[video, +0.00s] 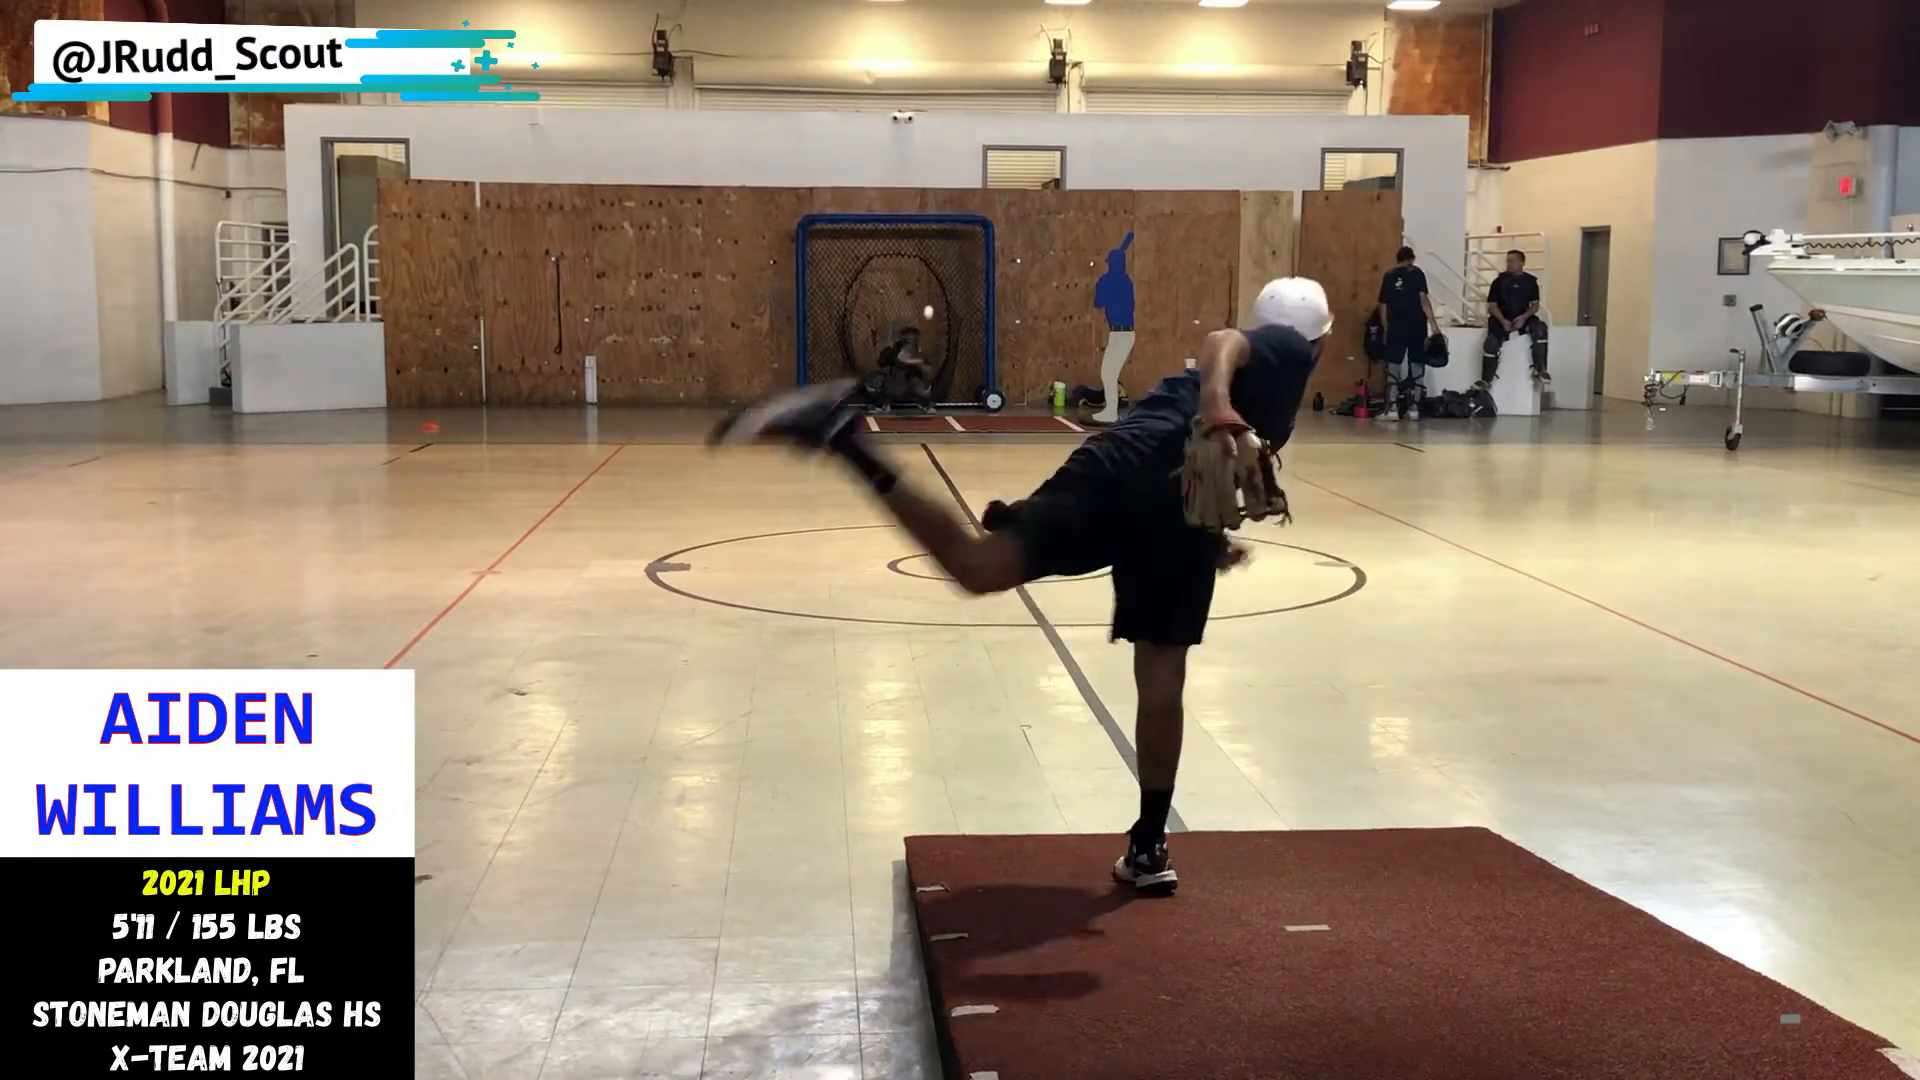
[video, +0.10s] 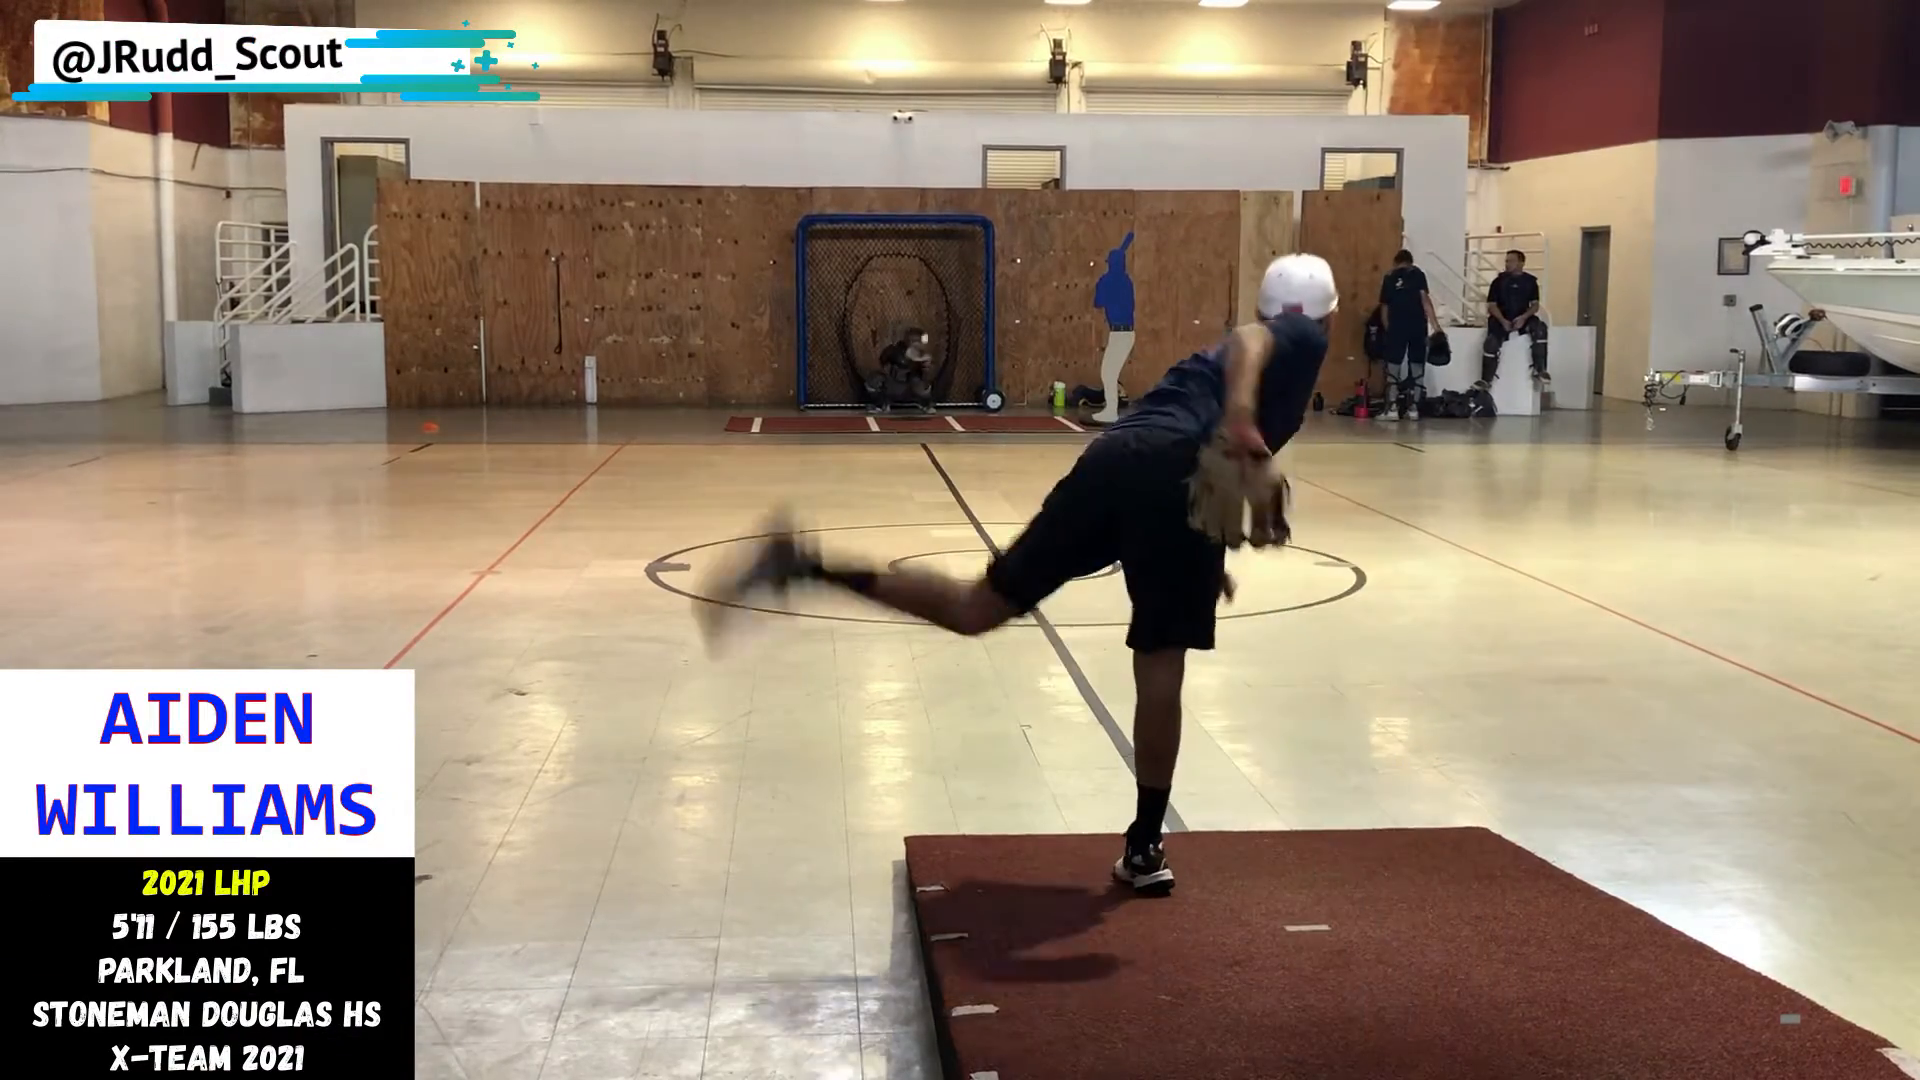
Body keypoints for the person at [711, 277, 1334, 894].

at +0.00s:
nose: (1316, 340)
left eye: (1307, 335)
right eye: (1319, 333)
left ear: (1258, 316)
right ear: (1315, 332)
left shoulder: (1228, 362)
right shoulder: (1292, 348)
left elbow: (1165, 451)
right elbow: (1218, 341)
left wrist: (1212, 541)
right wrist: (1216, 404)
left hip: (1112, 473)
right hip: (1176, 495)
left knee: (978, 566)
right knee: (1161, 677)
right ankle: (1149, 843)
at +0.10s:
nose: (1328, 318)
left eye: (1311, 310)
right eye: (1330, 310)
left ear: (1266, 301)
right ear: (1328, 311)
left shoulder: (1237, 347)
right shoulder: (1303, 338)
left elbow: (1210, 441)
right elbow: (1247, 343)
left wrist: (1251, 507)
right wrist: (1244, 416)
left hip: (1109, 465)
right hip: (1177, 484)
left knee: (975, 606)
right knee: (1160, 671)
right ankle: (1145, 846)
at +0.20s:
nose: (1331, 291)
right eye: (1333, 283)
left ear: (1267, 277)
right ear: (1329, 282)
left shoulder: (1241, 325)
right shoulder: (1309, 304)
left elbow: (1221, 421)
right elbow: (1278, 339)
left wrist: (1275, 497)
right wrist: (1288, 442)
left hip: (1110, 458)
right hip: (1177, 475)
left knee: (1046, 617)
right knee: (1155, 664)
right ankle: (1141, 844)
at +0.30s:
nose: (1334, 257)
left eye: (1329, 248)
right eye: (1332, 248)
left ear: (1258, 254)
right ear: (1322, 254)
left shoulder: (1229, 304)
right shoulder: (1305, 281)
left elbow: (1174, 398)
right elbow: (1296, 325)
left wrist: (1232, 473)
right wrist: (1324, 436)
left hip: (1119, 475)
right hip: (1185, 489)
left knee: (1118, 632)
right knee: (1162, 667)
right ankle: (1139, 841)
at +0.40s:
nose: (1313, 241)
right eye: (1314, 230)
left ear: (1248, 230)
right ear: (1310, 232)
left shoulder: (1215, 289)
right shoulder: (1291, 270)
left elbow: (1176, 386)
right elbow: (1297, 320)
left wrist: (1247, 451)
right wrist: (1336, 425)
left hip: (1150, 477)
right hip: (1212, 482)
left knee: (1195, 652)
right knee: (1189, 658)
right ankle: (1142, 827)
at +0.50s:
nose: (1300, 219)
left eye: (1293, 208)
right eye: (1300, 210)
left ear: (1234, 217)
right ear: (1294, 215)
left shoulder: (1198, 285)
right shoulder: (1284, 263)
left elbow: (1193, 392)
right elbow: (1294, 319)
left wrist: (1265, 444)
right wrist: (1344, 420)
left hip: (1172, 482)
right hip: (1238, 486)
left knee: (1218, 643)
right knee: (1258, 651)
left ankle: (1217, 806)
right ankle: (1179, 789)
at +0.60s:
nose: (1297, 215)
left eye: (1287, 206)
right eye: (1297, 206)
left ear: (1229, 208)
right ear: (1291, 207)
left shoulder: (1186, 286)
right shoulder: (1289, 264)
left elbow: (1196, 391)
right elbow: (1305, 323)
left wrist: (1268, 442)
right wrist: (1358, 423)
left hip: (1188, 490)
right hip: (1256, 489)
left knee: (1224, 639)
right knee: (1298, 628)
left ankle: (1217, 810)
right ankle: (1233, 753)